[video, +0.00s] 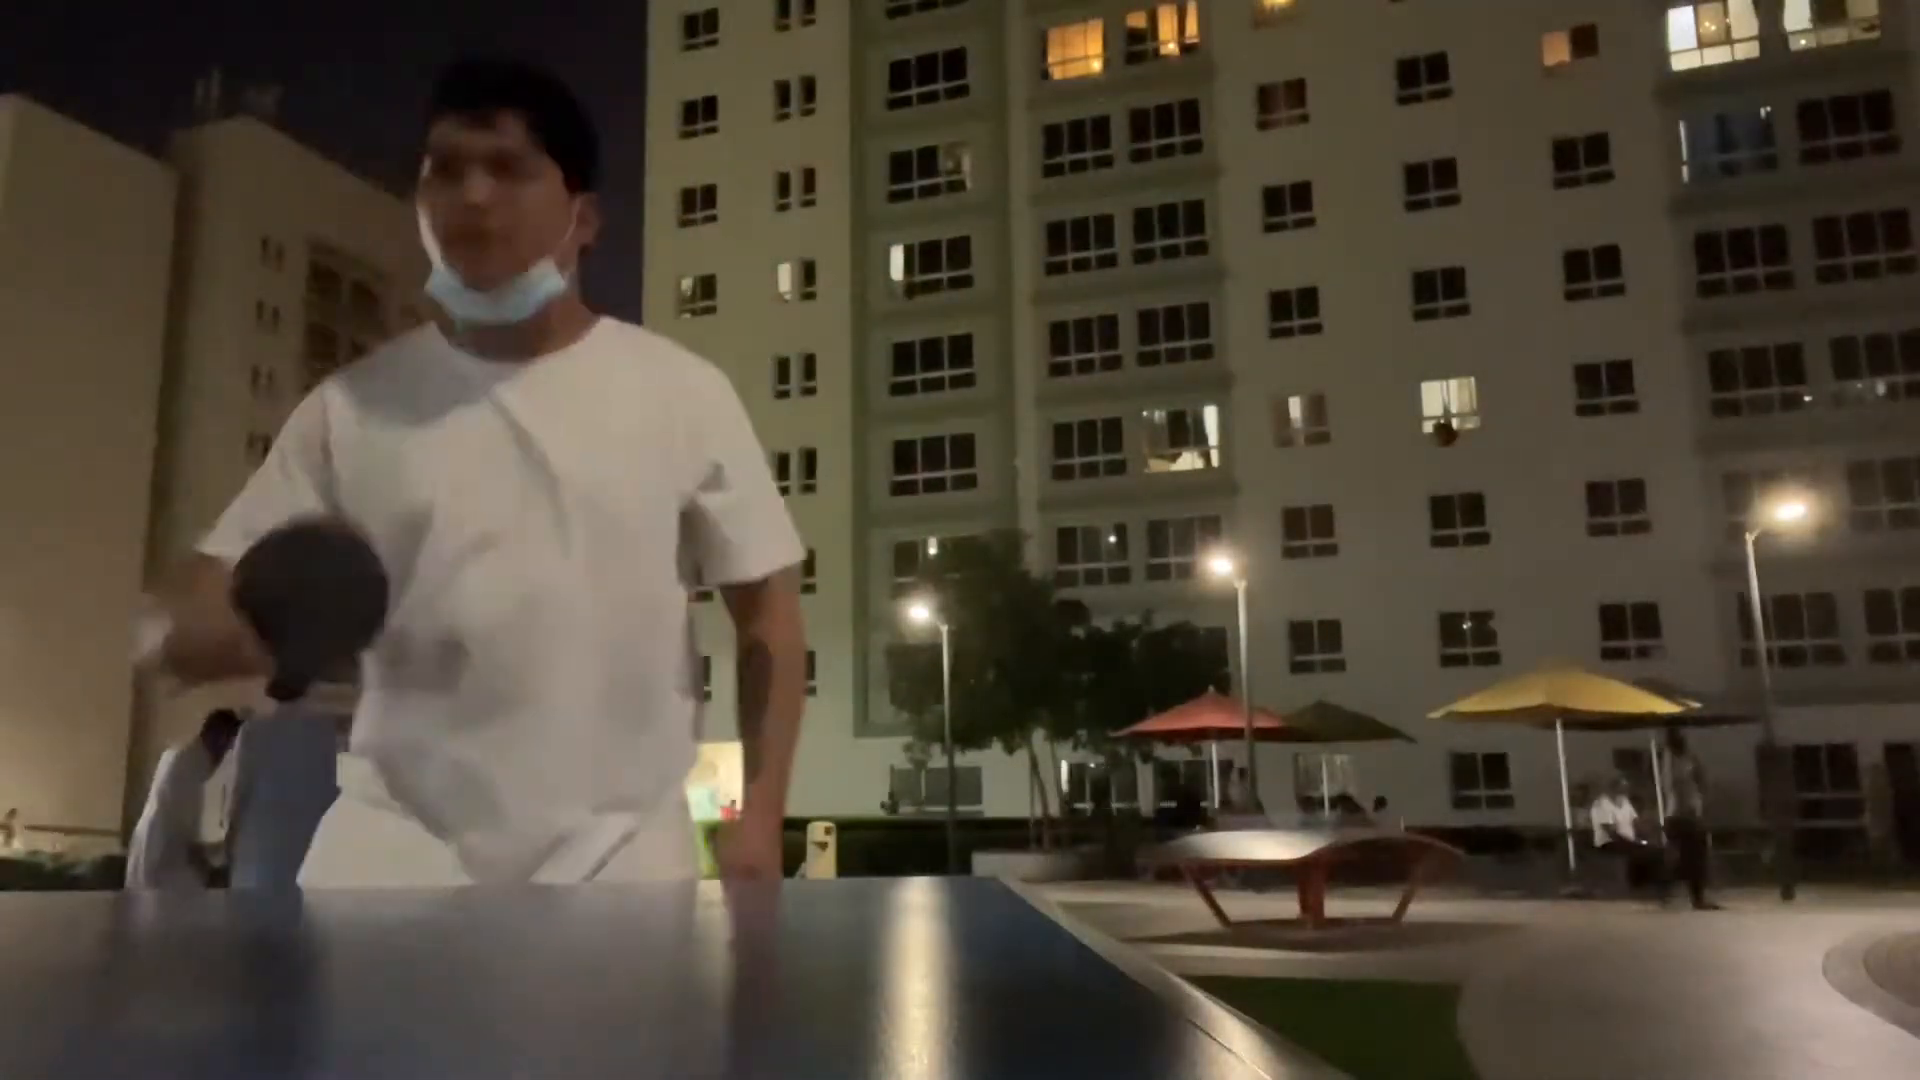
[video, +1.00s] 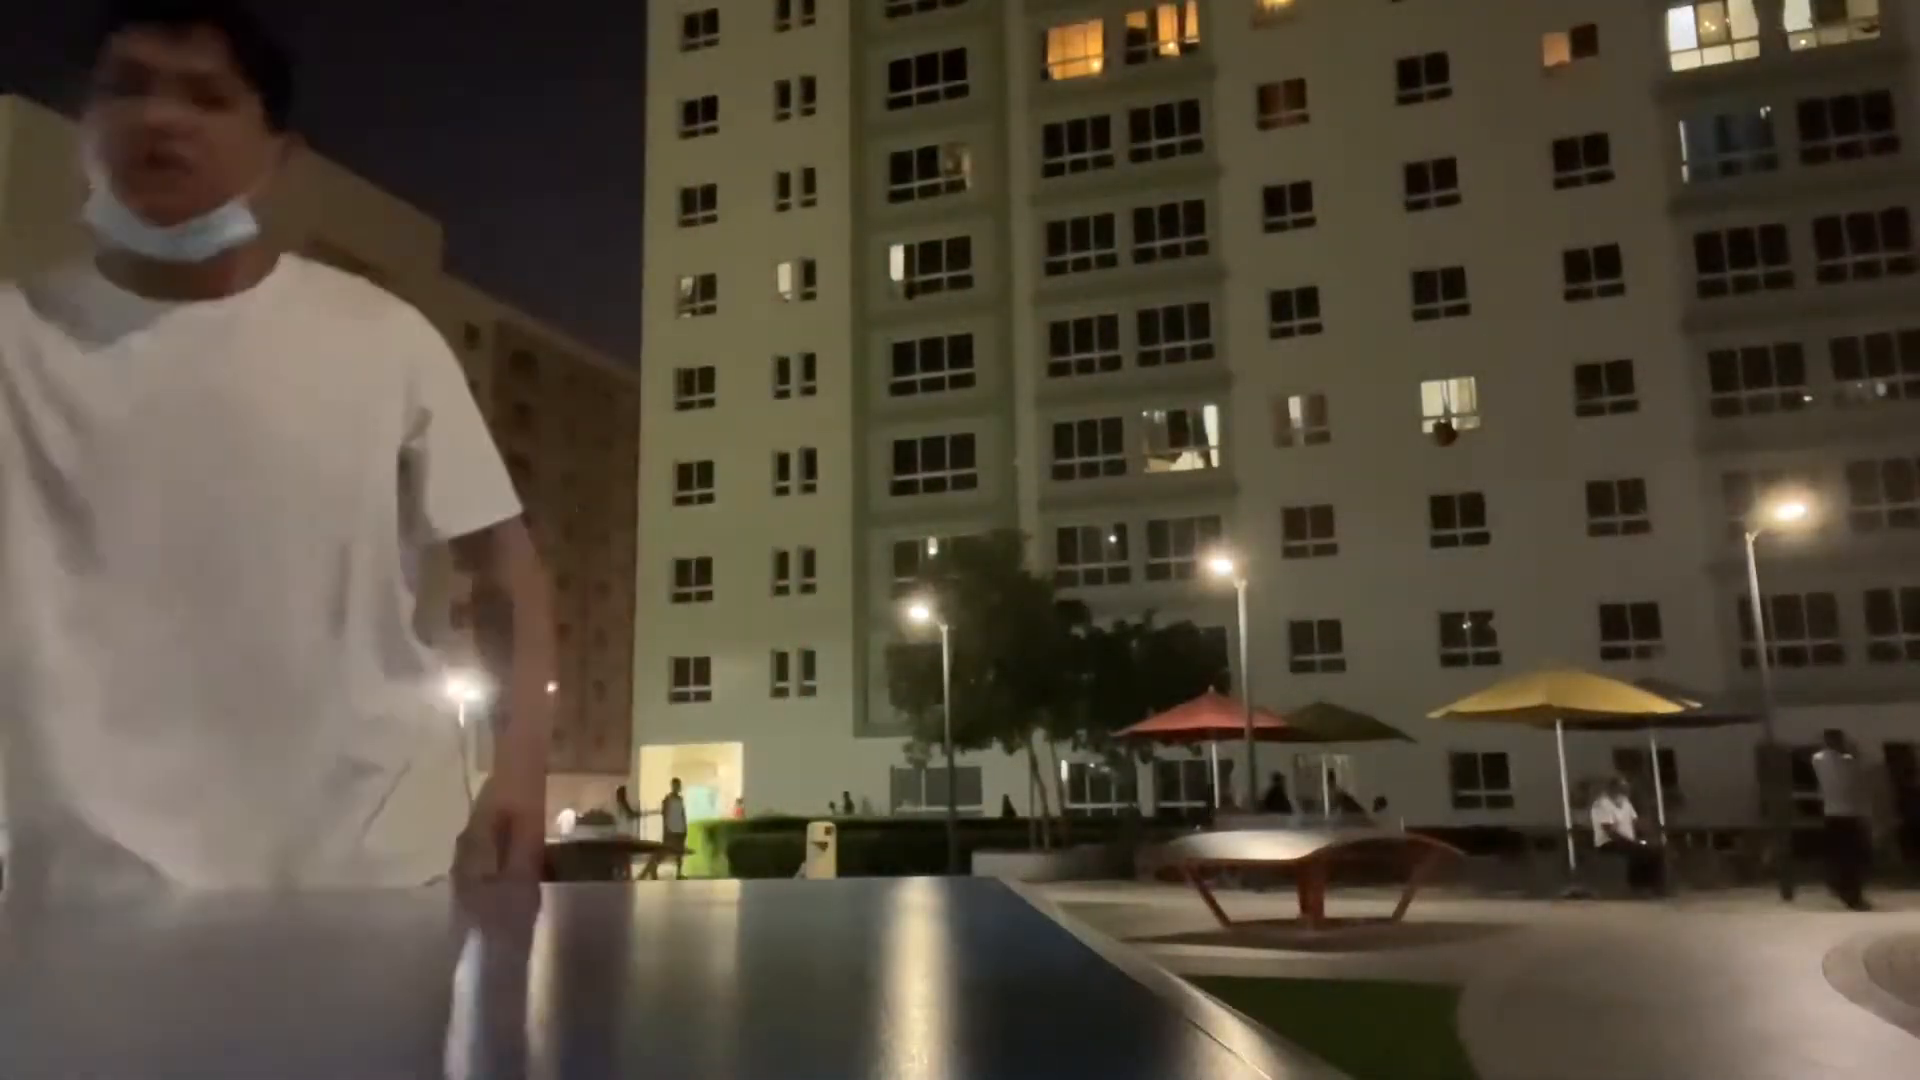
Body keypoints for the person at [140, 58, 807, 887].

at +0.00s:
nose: (466, 196)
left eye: (503, 168)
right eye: (443, 169)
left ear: (580, 219)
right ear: (417, 204)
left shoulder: (679, 398)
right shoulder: (350, 411)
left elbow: (770, 619)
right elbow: (186, 629)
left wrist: (760, 815)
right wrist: (272, 629)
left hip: (616, 860)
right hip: (394, 852)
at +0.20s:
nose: (191, 191)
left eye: (236, 162)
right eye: (169, 159)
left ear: (337, 201)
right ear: (143, 183)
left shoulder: (458, 387)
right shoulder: (95, 387)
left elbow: (608, 610)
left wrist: (651, 803)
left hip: (480, 859)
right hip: (240, 872)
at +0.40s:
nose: (178, 125)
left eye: (223, 98)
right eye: (148, 97)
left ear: (299, 155)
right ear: (118, 135)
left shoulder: (412, 357)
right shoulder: (36, 352)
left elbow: (535, 582)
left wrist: (569, 766)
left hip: (388, 878)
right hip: (136, 880)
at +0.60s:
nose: (360, 164)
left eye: (399, 144)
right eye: (338, 142)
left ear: (475, 205)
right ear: (309, 184)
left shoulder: (563, 392)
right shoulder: (218, 383)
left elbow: (660, 604)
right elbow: (34, 489)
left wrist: (658, 807)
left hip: (482, 884)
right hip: (248, 884)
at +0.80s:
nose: (214, 205)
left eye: (259, 175)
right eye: (193, 170)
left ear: (359, 210)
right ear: (169, 183)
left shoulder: (470, 393)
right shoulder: (73, 397)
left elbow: (591, 604)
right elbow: (23, 605)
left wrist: (609, 816)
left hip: (437, 884)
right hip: (191, 890)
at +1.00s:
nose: (161, 120)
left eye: (206, 95)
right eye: (129, 87)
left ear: (276, 147)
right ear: (82, 129)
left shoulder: (385, 345)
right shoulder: (24, 342)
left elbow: (510, 568)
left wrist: (521, 774)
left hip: (364, 885)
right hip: (103, 890)